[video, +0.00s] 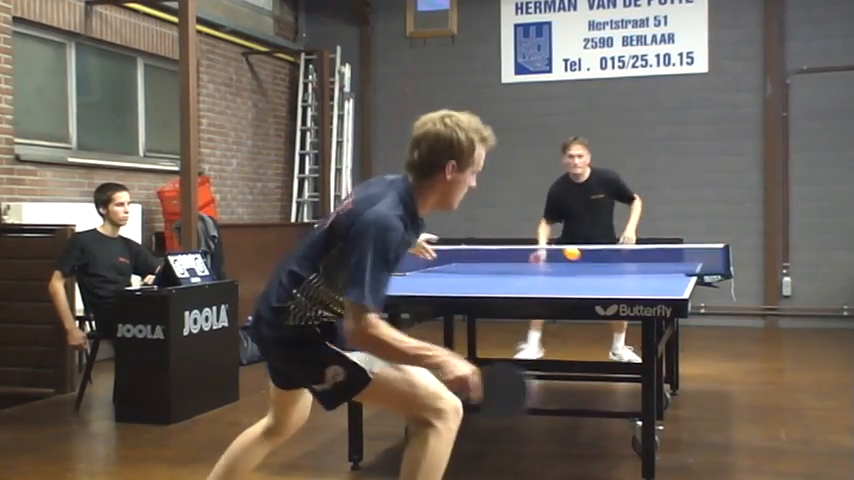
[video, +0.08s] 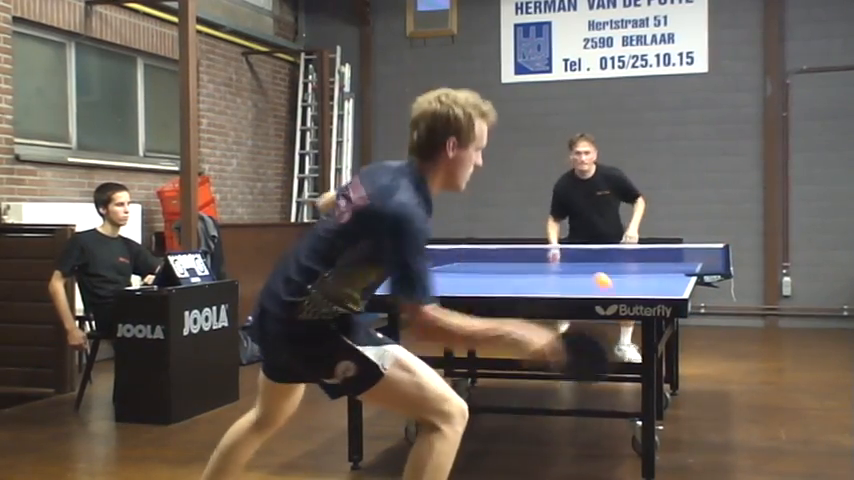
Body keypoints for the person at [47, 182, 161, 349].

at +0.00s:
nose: (127, 210)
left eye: (128, 204)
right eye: (120, 205)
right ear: (103, 209)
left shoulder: (130, 247)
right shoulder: (81, 242)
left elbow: (164, 270)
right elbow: (55, 283)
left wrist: (155, 277)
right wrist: (71, 329)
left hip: (135, 319)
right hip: (104, 323)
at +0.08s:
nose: (127, 210)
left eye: (128, 204)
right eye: (120, 205)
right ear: (103, 209)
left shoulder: (130, 247)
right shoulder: (81, 242)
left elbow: (164, 269)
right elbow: (55, 283)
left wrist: (155, 277)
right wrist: (71, 329)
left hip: (135, 318)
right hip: (105, 322)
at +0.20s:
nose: (126, 210)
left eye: (128, 204)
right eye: (120, 205)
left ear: (130, 205)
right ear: (103, 209)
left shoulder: (130, 247)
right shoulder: (81, 242)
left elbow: (163, 269)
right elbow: (55, 283)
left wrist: (155, 277)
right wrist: (71, 329)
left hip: (136, 317)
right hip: (106, 321)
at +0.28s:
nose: (126, 210)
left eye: (128, 204)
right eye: (120, 205)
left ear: (130, 205)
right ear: (103, 209)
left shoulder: (130, 247)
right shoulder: (81, 242)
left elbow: (163, 270)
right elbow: (55, 283)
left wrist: (155, 277)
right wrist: (71, 329)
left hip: (135, 316)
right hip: (106, 320)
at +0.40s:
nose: (126, 210)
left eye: (128, 204)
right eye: (119, 205)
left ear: (130, 205)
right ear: (103, 209)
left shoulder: (130, 247)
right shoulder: (81, 242)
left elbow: (163, 270)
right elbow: (55, 283)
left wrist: (155, 278)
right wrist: (71, 329)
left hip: (135, 316)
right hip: (105, 320)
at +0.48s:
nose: (126, 210)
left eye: (128, 204)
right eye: (119, 205)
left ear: (130, 205)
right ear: (103, 209)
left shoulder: (130, 247)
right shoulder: (81, 242)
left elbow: (163, 270)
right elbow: (55, 283)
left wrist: (155, 278)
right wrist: (71, 329)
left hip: (136, 317)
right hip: (105, 321)